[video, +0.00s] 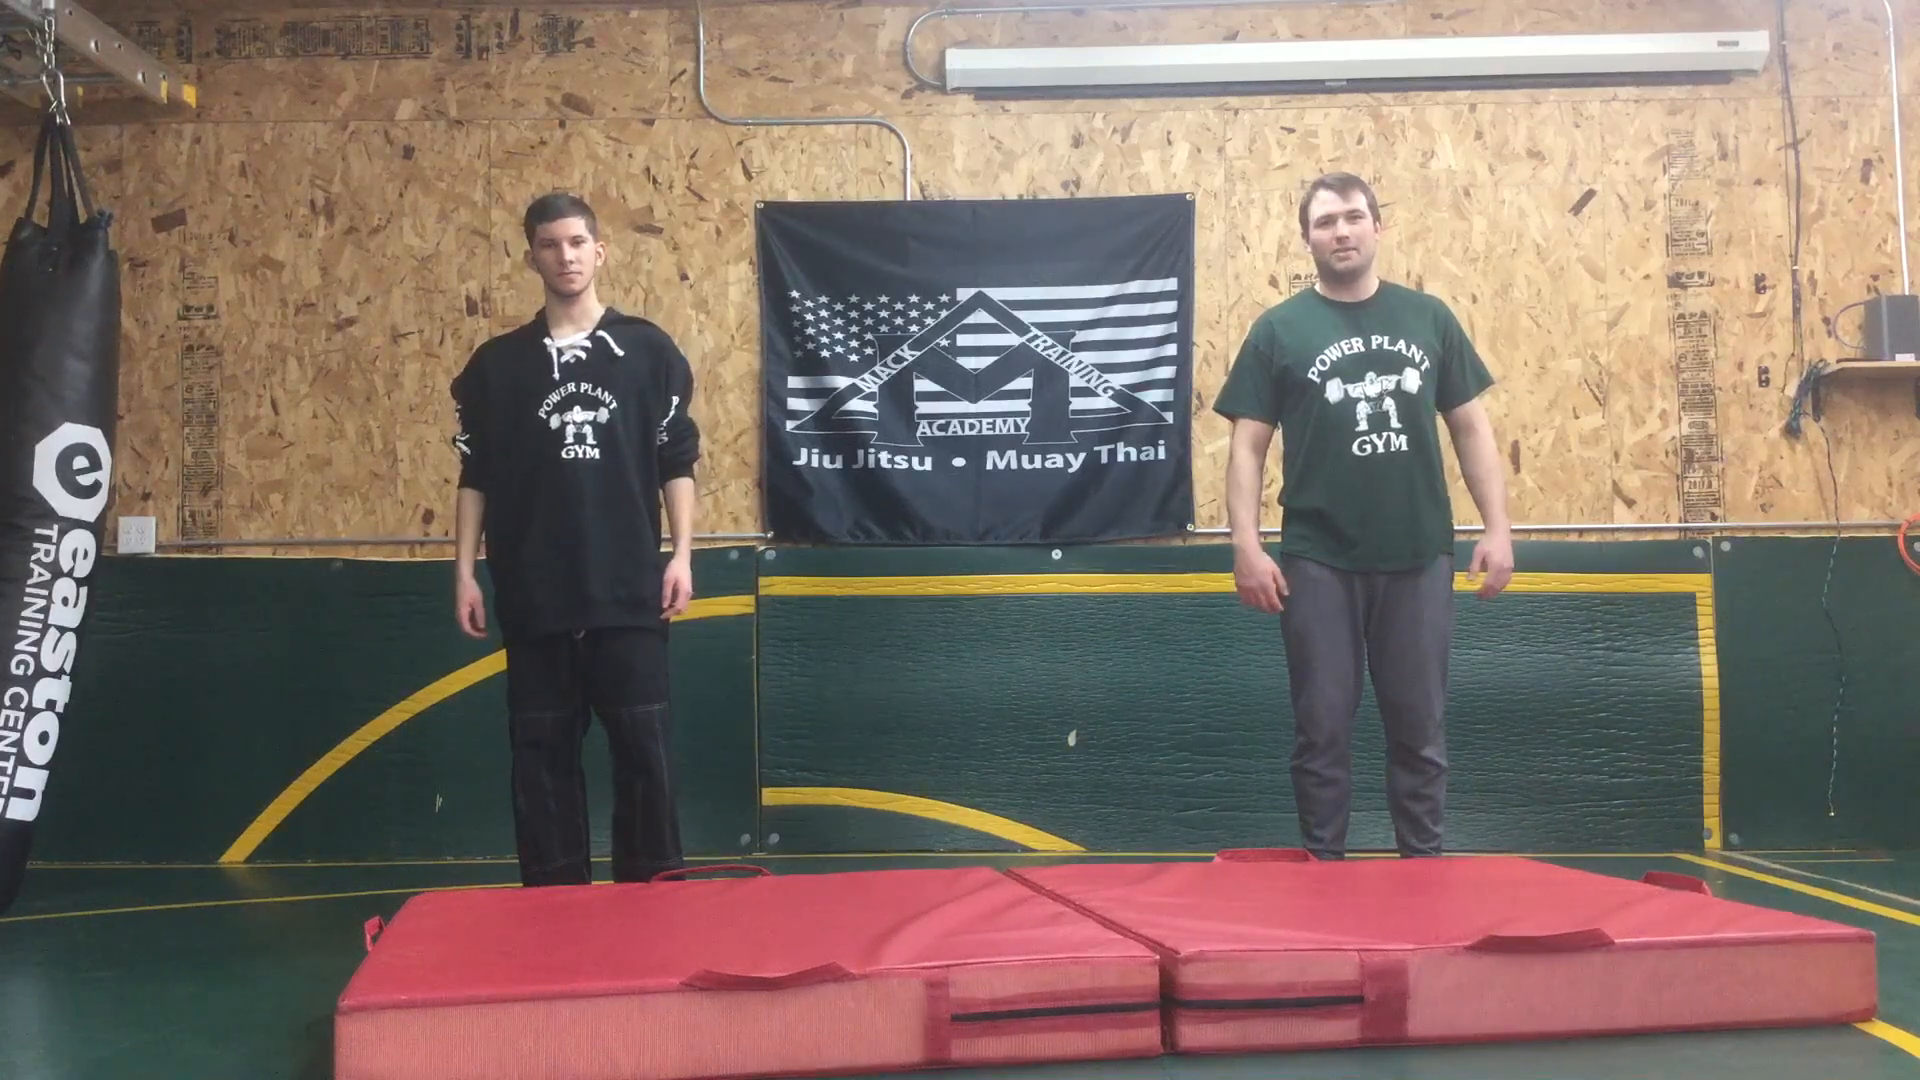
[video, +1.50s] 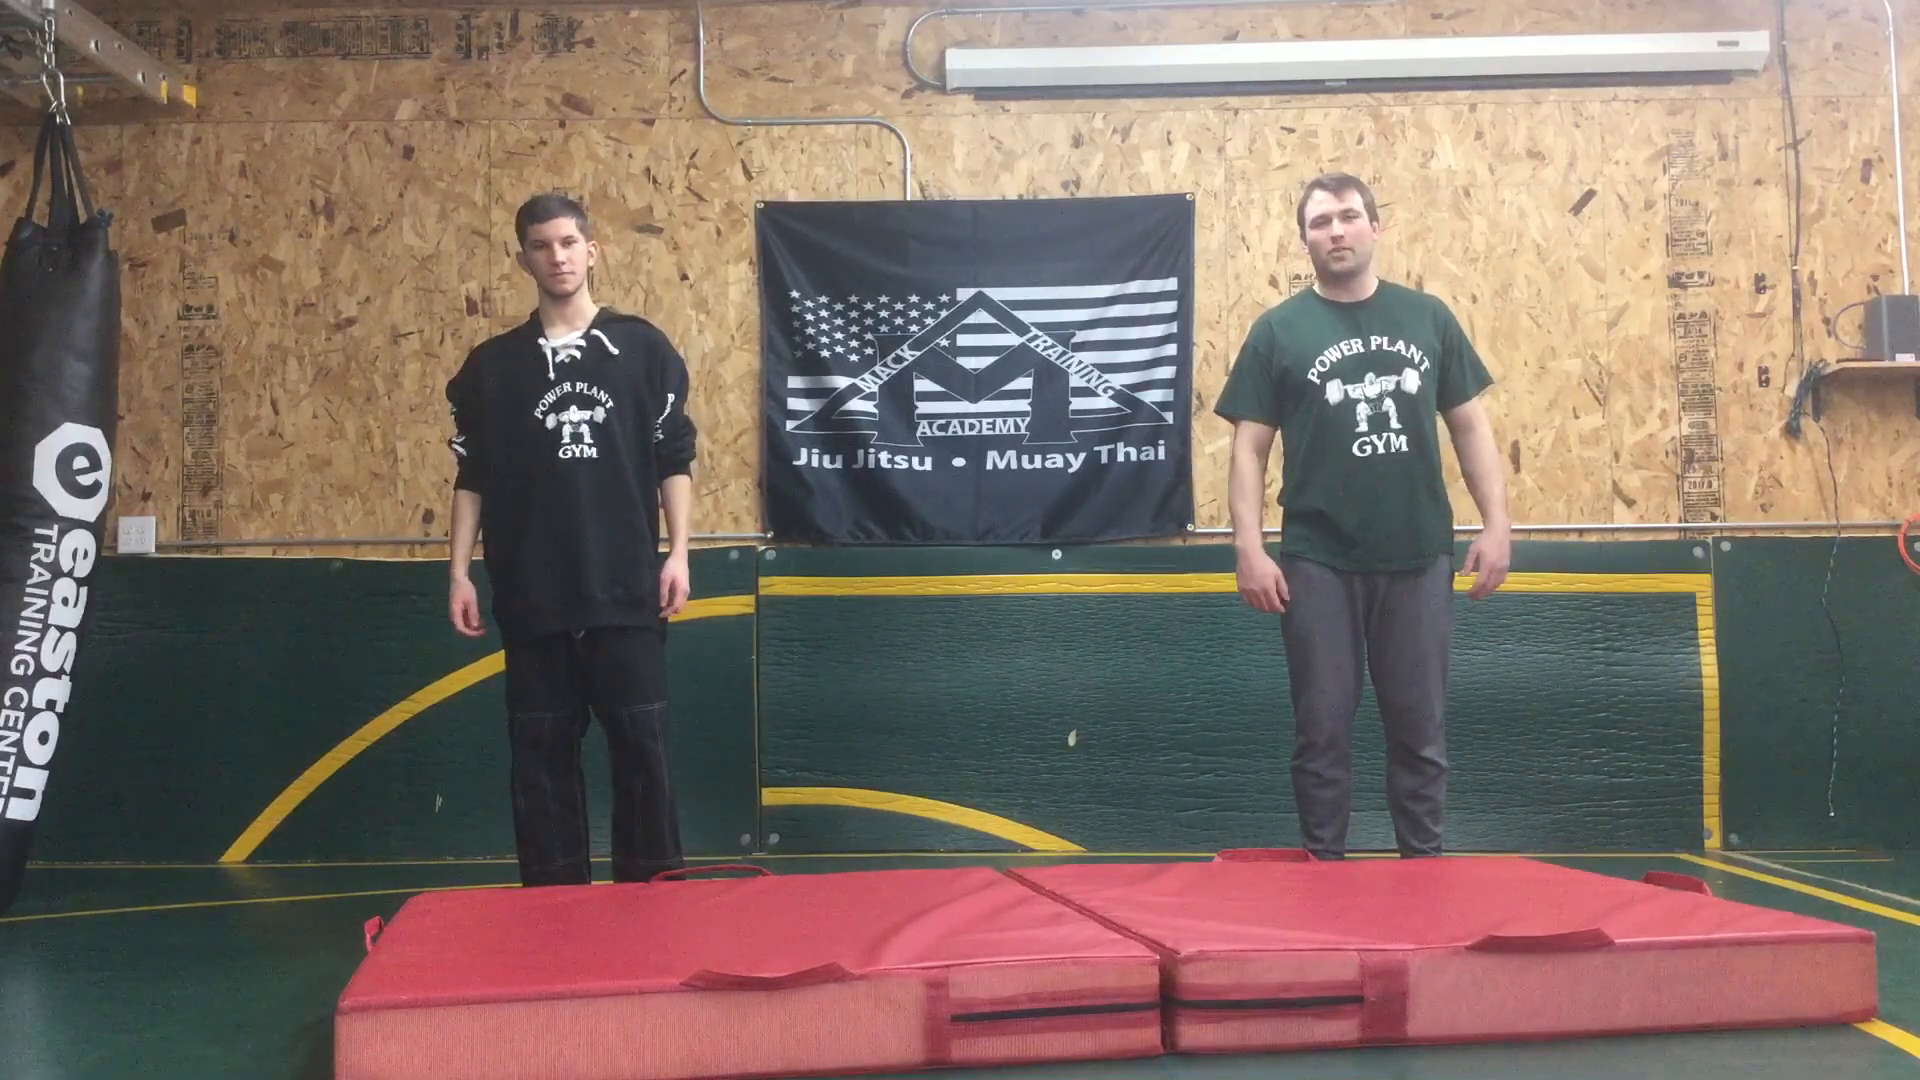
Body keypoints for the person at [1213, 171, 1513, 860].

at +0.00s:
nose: (1342, 231)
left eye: (1353, 218)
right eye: (1326, 222)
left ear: (1377, 228)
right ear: (1307, 239)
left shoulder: (1428, 318)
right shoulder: (1278, 331)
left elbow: (1469, 426)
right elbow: (1247, 445)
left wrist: (1498, 527)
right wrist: (1246, 546)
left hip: (1418, 555)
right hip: (1317, 557)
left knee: (1419, 727)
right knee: (1322, 726)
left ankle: (1423, 869)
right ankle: (1323, 870)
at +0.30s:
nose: (1342, 228)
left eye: (1353, 215)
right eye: (1326, 220)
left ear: (1378, 227)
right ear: (1307, 239)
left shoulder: (1427, 318)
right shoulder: (1278, 330)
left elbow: (1468, 426)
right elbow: (1249, 447)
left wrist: (1499, 525)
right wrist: (1249, 548)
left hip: (1417, 555)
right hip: (1317, 557)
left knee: (1419, 728)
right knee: (1323, 726)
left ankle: (1423, 871)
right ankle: (1323, 873)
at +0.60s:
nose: (1342, 228)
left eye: (1353, 215)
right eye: (1326, 220)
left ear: (1377, 227)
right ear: (1307, 239)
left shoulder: (1427, 318)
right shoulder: (1278, 330)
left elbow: (1468, 425)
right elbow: (1247, 445)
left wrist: (1498, 526)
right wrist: (1246, 544)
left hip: (1417, 553)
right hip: (1317, 556)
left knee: (1419, 727)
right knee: (1322, 726)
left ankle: (1423, 870)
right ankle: (1324, 872)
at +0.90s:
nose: (1341, 228)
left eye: (1352, 215)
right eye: (1325, 220)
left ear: (1377, 228)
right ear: (1306, 239)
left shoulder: (1426, 317)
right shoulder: (1279, 330)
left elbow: (1468, 425)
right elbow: (1248, 447)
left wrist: (1499, 525)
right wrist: (1249, 547)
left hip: (1417, 554)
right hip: (1317, 556)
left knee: (1419, 725)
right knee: (1322, 724)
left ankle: (1423, 869)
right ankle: (1323, 871)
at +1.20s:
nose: (1337, 229)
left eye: (1349, 216)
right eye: (1322, 221)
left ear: (1376, 228)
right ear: (1305, 240)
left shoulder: (1428, 318)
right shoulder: (1278, 330)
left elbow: (1468, 425)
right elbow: (1248, 446)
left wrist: (1498, 526)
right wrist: (1248, 545)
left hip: (1417, 554)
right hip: (1317, 557)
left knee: (1419, 727)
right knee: (1322, 726)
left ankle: (1423, 870)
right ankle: (1323, 871)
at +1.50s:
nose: (1336, 230)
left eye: (1348, 217)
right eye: (1320, 222)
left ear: (1376, 229)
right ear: (1304, 241)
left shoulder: (1428, 318)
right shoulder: (1278, 331)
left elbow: (1468, 426)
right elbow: (1249, 446)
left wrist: (1497, 525)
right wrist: (1249, 547)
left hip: (1417, 555)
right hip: (1317, 557)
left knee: (1419, 726)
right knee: (1322, 725)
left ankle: (1423, 870)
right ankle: (1324, 871)